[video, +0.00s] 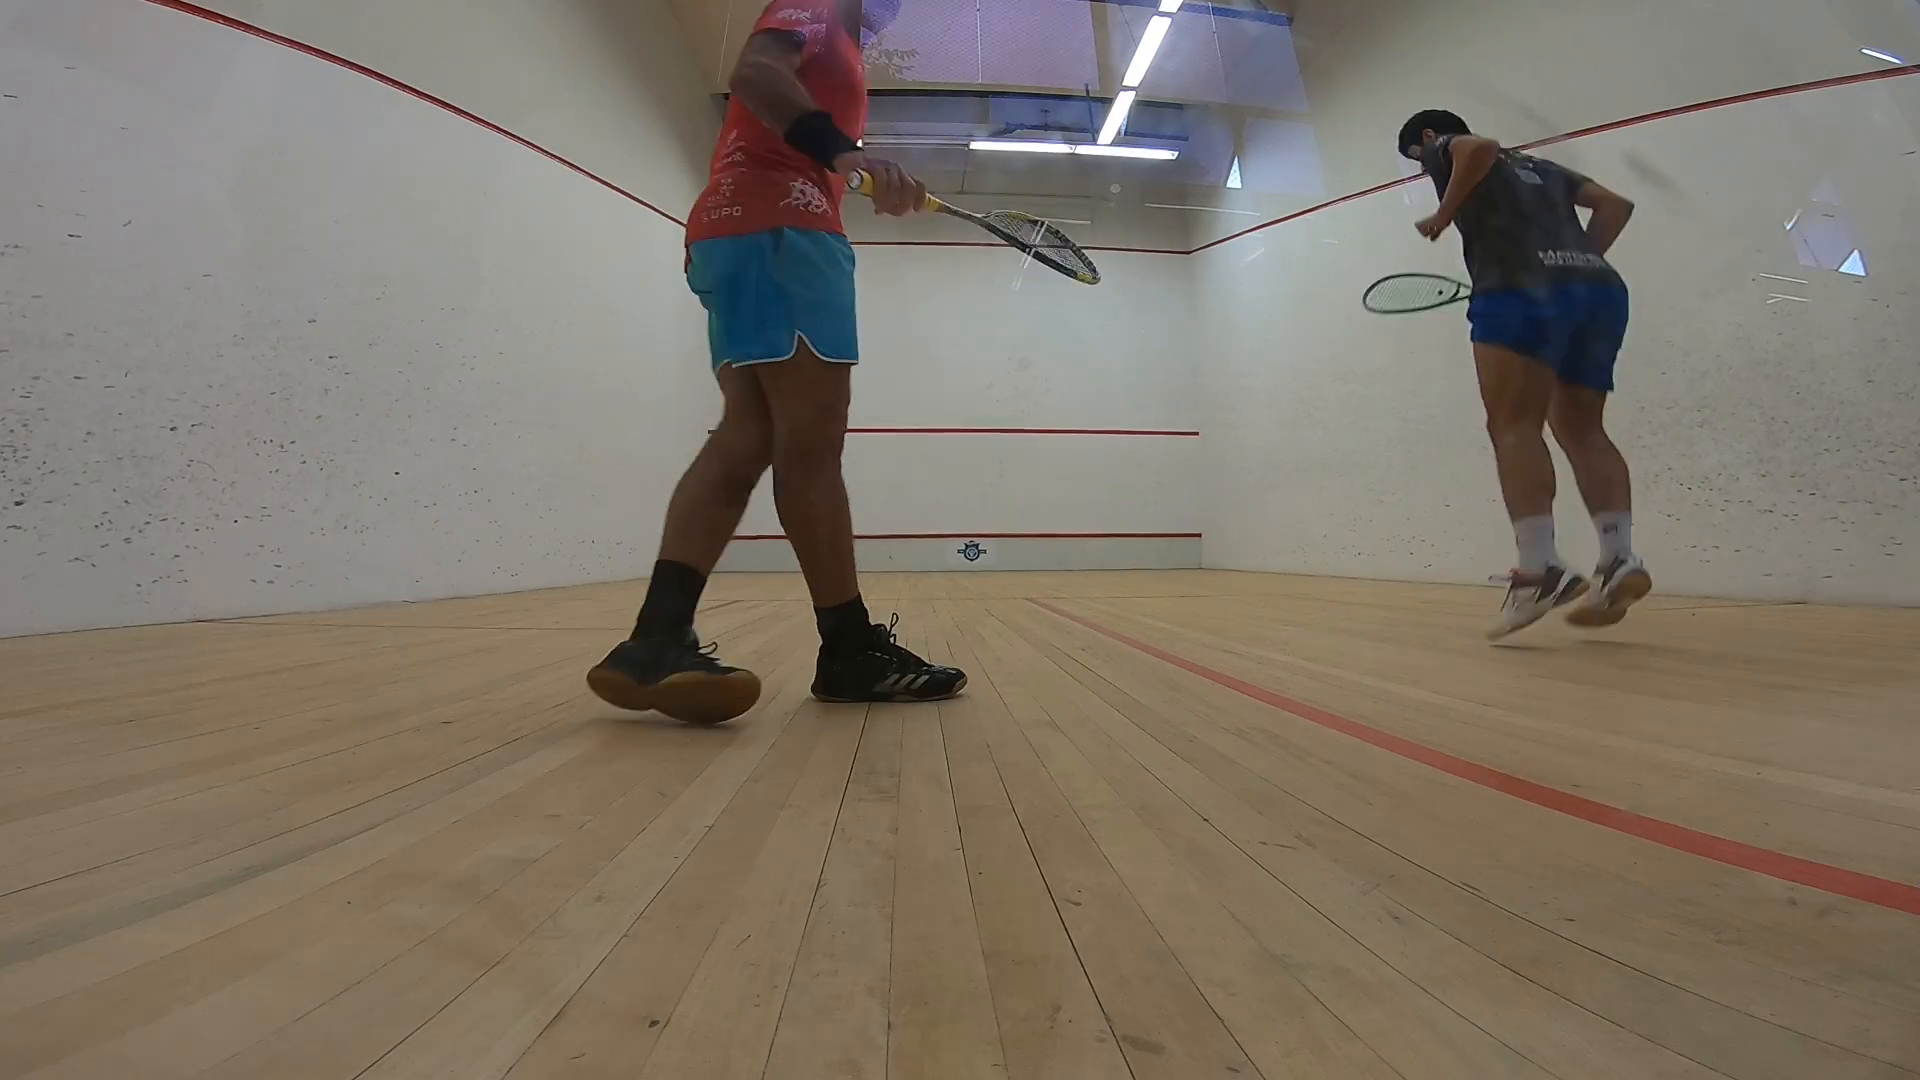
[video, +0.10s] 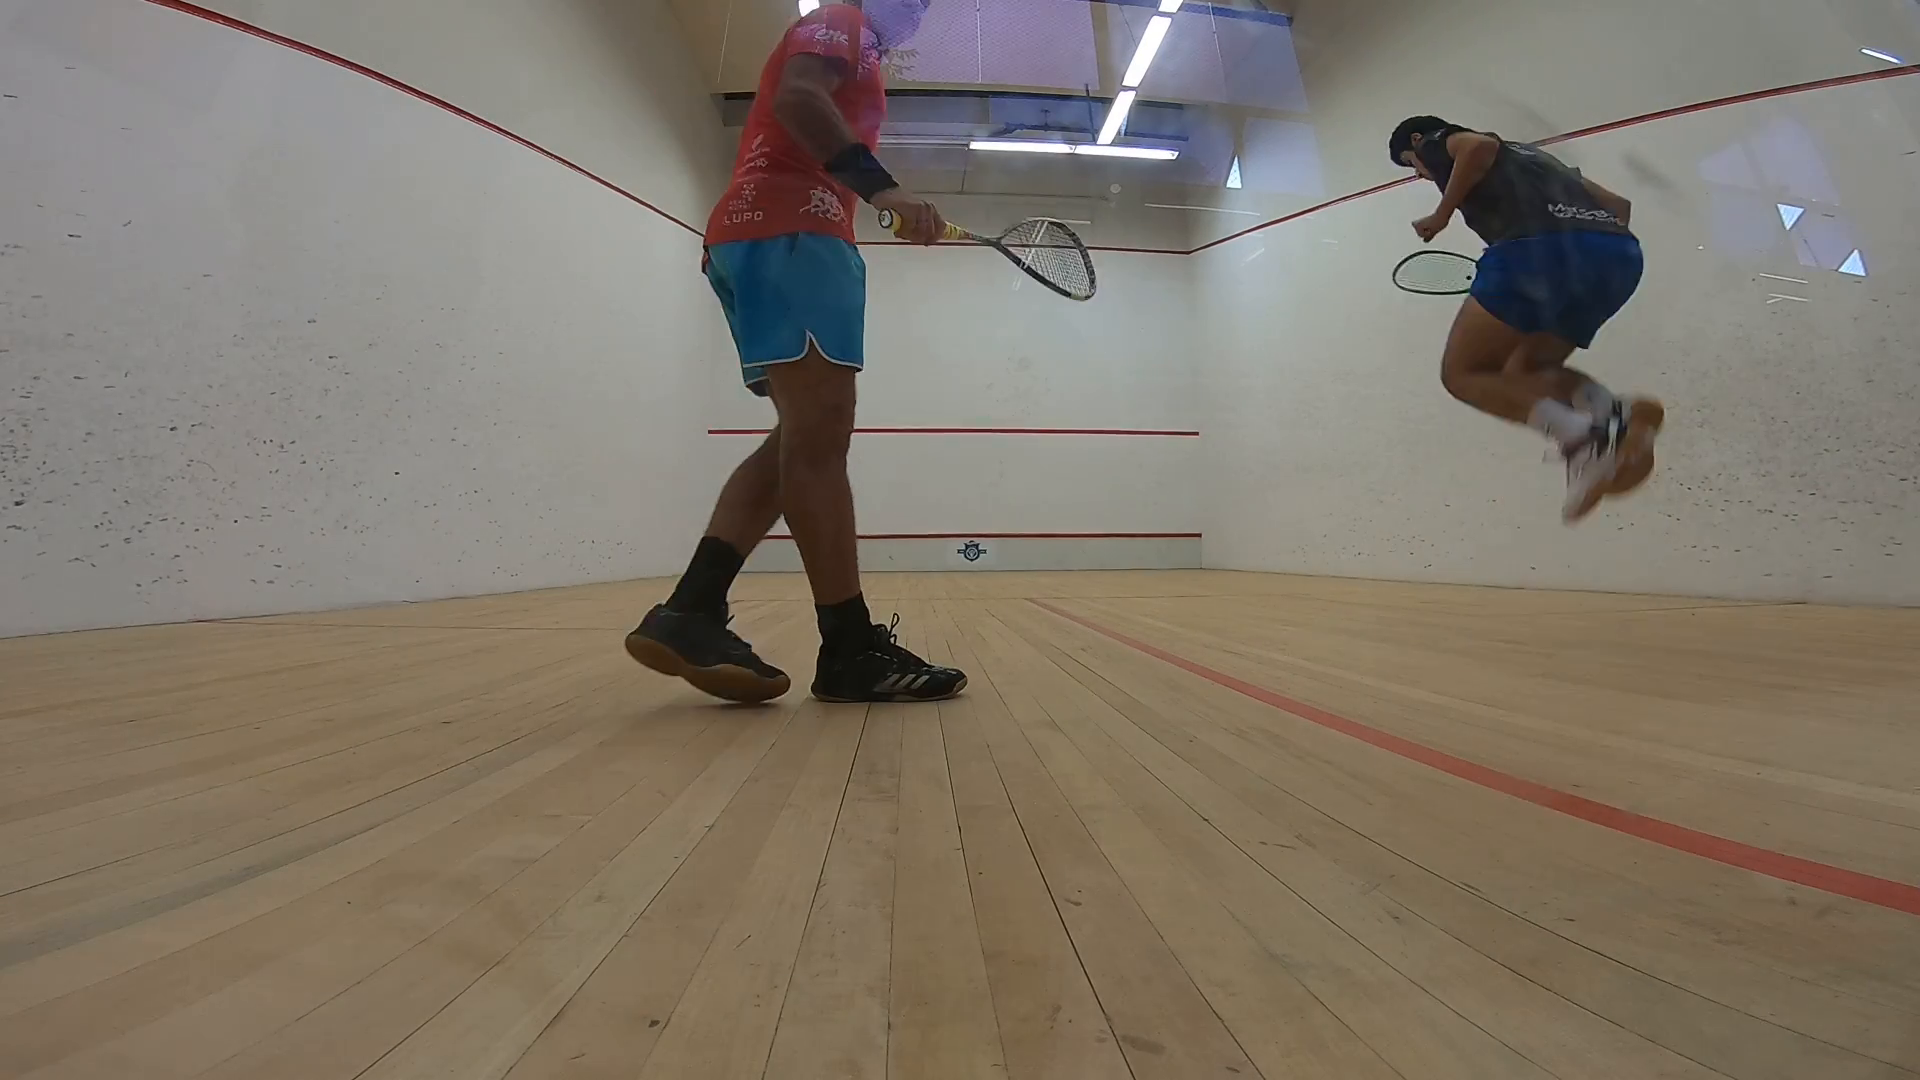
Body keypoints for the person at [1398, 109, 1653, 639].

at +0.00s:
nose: (1419, 161)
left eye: (1416, 153)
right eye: (1415, 157)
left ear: (1429, 137)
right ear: (1463, 125)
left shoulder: (1445, 150)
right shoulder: (1535, 165)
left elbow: (1481, 148)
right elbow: (1615, 206)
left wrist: (1442, 214)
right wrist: (1579, 267)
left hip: (1521, 288)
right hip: (1598, 290)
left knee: (1513, 426)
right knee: (1579, 424)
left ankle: (1537, 571)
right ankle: (1620, 562)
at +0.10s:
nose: (1419, 174)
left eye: (1411, 164)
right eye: (1412, 170)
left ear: (1418, 144)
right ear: (1444, 128)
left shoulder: (1437, 143)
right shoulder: (1530, 156)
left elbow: (1481, 145)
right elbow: (1618, 205)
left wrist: (1441, 213)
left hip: (1539, 251)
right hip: (1616, 255)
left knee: (1462, 374)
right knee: (1525, 369)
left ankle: (1579, 438)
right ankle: (1612, 411)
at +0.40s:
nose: (1429, 204)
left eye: (1429, 193)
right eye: (1426, 196)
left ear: (1443, 180)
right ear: (1471, 171)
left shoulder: (1458, 195)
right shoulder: (1540, 213)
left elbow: (1517, 185)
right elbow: (1630, 256)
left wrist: (1495, 268)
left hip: (1553, 329)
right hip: (1623, 328)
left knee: (1521, 473)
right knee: (1589, 473)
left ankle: (1581, 610)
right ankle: (1674, 596)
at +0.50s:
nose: (1438, 209)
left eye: (1439, 198)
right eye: (1436, 201)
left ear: (1458, 190)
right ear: (1493, 191)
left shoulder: (1465, 216)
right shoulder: (1540, 227)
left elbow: (1509, 243)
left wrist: (1475, 324)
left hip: (1552, 359)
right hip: (1628, 355)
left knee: (1506, 489)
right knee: (1575, 495)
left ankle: (1582, 609)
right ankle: (1672, 610)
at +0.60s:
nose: (1436, 176)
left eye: (1437, 167)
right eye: (1435, 168)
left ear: (1457, 158)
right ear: (1492, 161)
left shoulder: (1461, 182)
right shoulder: (1547, 201)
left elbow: (1491, 210)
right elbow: (1610, 269)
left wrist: (1458, 275)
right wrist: (1577, 333)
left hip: (1534, 340)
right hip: (1607, 338)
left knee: (1522, 472)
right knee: (1583, 467)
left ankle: (1579, 605)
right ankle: (1663, 590)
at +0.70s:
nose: (1437, 152)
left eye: (1437, 142)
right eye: (1436, 144)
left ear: (1453, 134)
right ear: (1489, 138)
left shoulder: (1451, 157)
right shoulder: (1543, 177)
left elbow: (1481, 181)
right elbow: (1610, 238)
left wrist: (1453, 250)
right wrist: (1581, 292)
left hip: (1522, 315)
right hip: (1596, 311)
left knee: (1521, 445)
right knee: (1580, 440)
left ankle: (1561, 583)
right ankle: (1637, 566)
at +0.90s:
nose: (1439, 169)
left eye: (1442, 160)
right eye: (1440, 161)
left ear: (1463, 158)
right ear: (1496, 161)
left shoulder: (1456, 189)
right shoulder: (1547, 199)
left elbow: (1483, 235)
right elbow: (1610, 263)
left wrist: (1459, 300)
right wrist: (1583, 323)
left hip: (1522, 335)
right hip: (1594, 336)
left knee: (1495, 466)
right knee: (1558, 463)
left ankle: (1531, 594)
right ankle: (1595, 597)